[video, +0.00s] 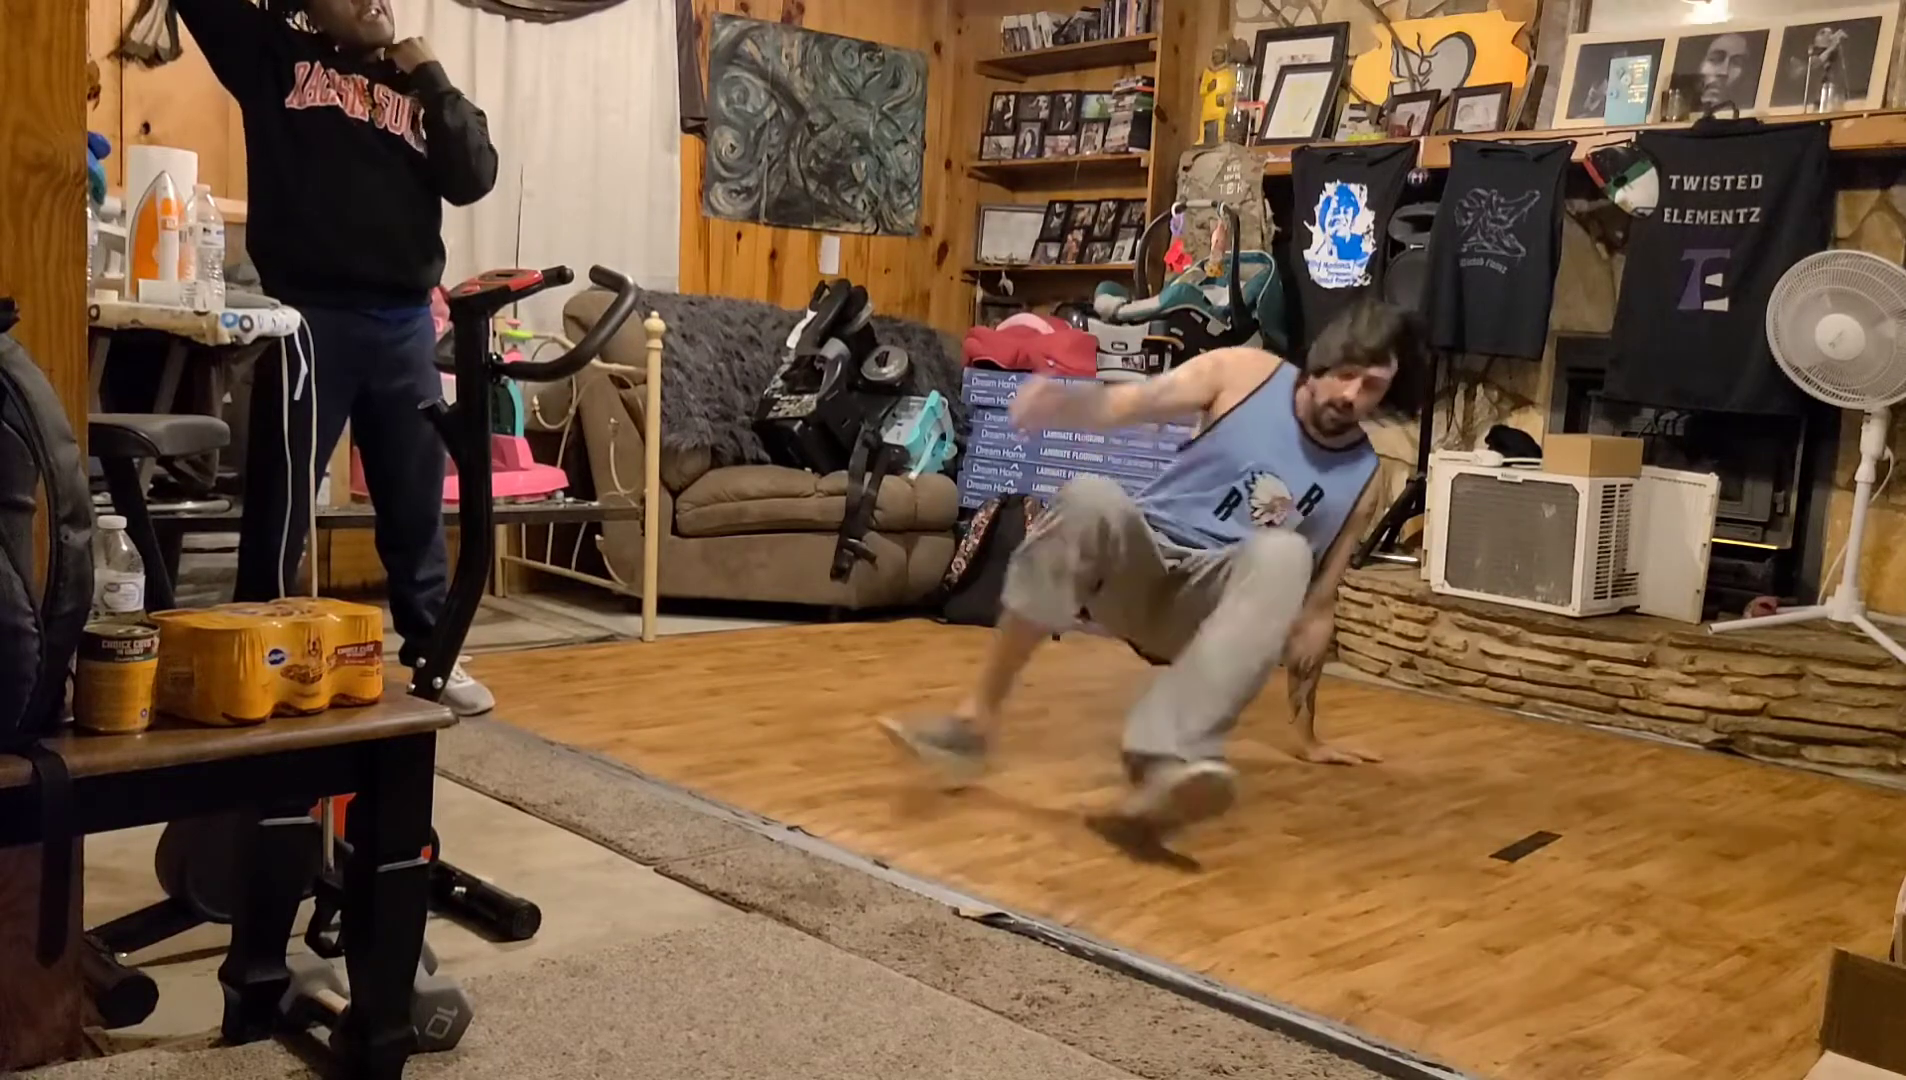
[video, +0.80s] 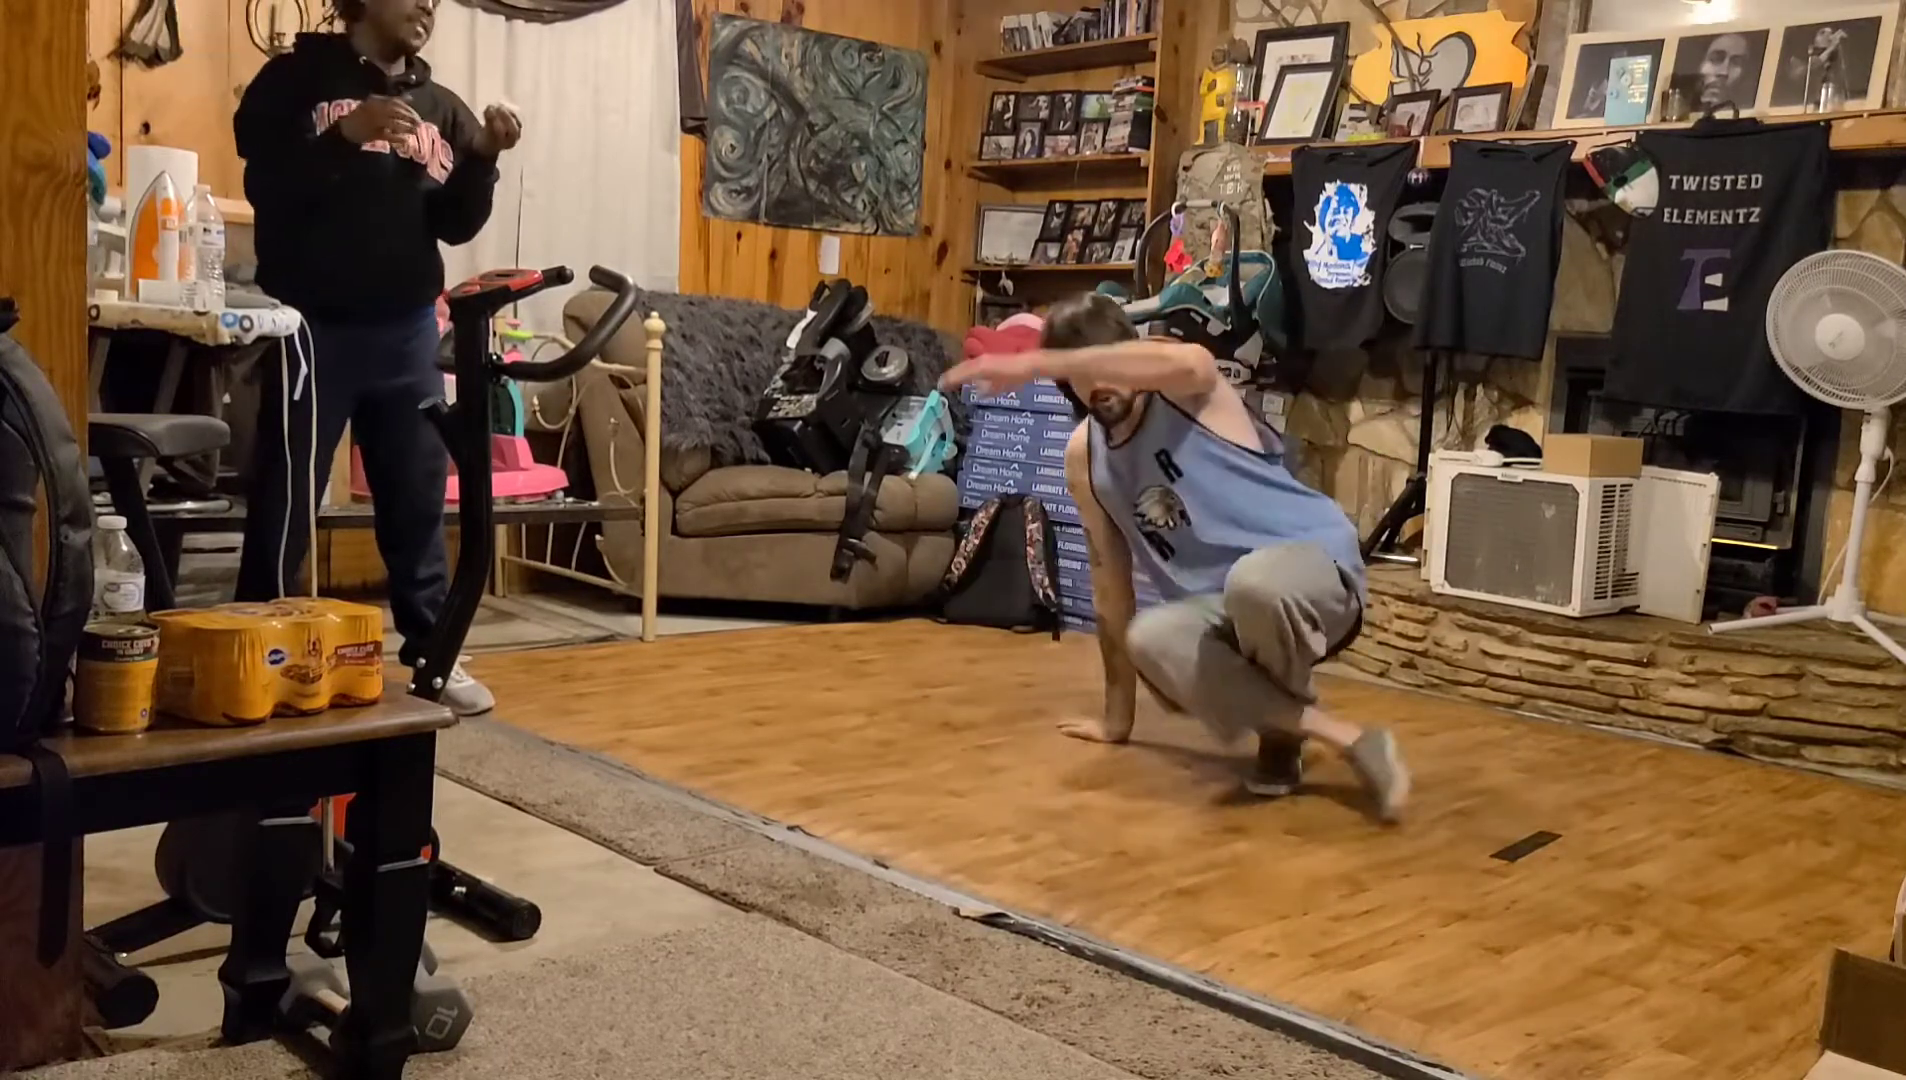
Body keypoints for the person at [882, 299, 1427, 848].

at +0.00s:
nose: (1352, 396)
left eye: (1373, 388)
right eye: (1345, 373)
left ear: (1386, 396)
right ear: (1320, 358)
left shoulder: (1366, 476)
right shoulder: (1243, 372)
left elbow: (1317, 606)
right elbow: (1127, 402)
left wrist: (1309, 736)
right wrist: (1058, 401)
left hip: (1212, 607)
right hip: (1131, 562)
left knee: (1287, 554)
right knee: (1089, 497)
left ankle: (1165, 762)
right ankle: (976, 719)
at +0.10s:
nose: (1362, 400)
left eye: (1385, 392)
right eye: (1356, 378)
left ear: (1404, 396)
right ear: (1338, 357)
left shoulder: (1374, 479)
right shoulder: (1266, 364)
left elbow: (1322, 601)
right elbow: (1151, 347)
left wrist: (1302, 733)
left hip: (1227, 607)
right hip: (1134, 560)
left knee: (1279, 595)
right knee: (1045, 529)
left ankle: (1213, 807)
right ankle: (920, 748)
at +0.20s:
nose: (1365, 403)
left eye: (1386, 395)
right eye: (1360, 381)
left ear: (1404, 402)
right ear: (1340, 364)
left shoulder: (1380, 481)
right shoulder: (1271, 366)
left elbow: (1327, 606)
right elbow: (1162, 335)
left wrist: (1303, 735)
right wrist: (1107, 310)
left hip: (1228, 604)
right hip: (1145, 563)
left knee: (1296, 534)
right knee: (1056, 506)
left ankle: (1218, 780)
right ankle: (954, 735)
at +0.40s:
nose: (1279, 377)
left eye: (1300, 361)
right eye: (1266, 359)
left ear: (1325, 369)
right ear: (1247, 361)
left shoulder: (1342, 454)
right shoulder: (1183, 422)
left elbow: (1348, 592)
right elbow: (1123, 540)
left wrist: (1386, 711)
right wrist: (1077, 629)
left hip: (1274, 634)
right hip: (1179, 616)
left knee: (1335, 615)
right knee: (1150, 529)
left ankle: (1260, 735)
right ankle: (1114, 716)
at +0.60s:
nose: (1151, 390)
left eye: (1162, 371)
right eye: (1134, 377)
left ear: (1191, 364)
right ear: (1119, 385)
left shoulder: (1258, 397)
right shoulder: (1114, 456)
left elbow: (1367, 401)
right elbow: (1125, 574)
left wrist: (1369, 306)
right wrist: (1115, 702)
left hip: (1295, 624)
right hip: (1206, 635)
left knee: (1314, 575)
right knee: (1161, 565)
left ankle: (1273, 743)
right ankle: (1185, 745)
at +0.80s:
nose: (1100, 389)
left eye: (1108, 371)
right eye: (1081, 380)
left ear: (1137, 356)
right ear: (1064, 386)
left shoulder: (1194, 386)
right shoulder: (1084, 454)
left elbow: (1187, 364)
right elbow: (1110, 580)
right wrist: (1116, 720)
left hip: (1313, 561)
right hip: (1211, 603)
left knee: (1255, 583)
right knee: (1149, 637)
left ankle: (1279, 740)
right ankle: (1353, 739)